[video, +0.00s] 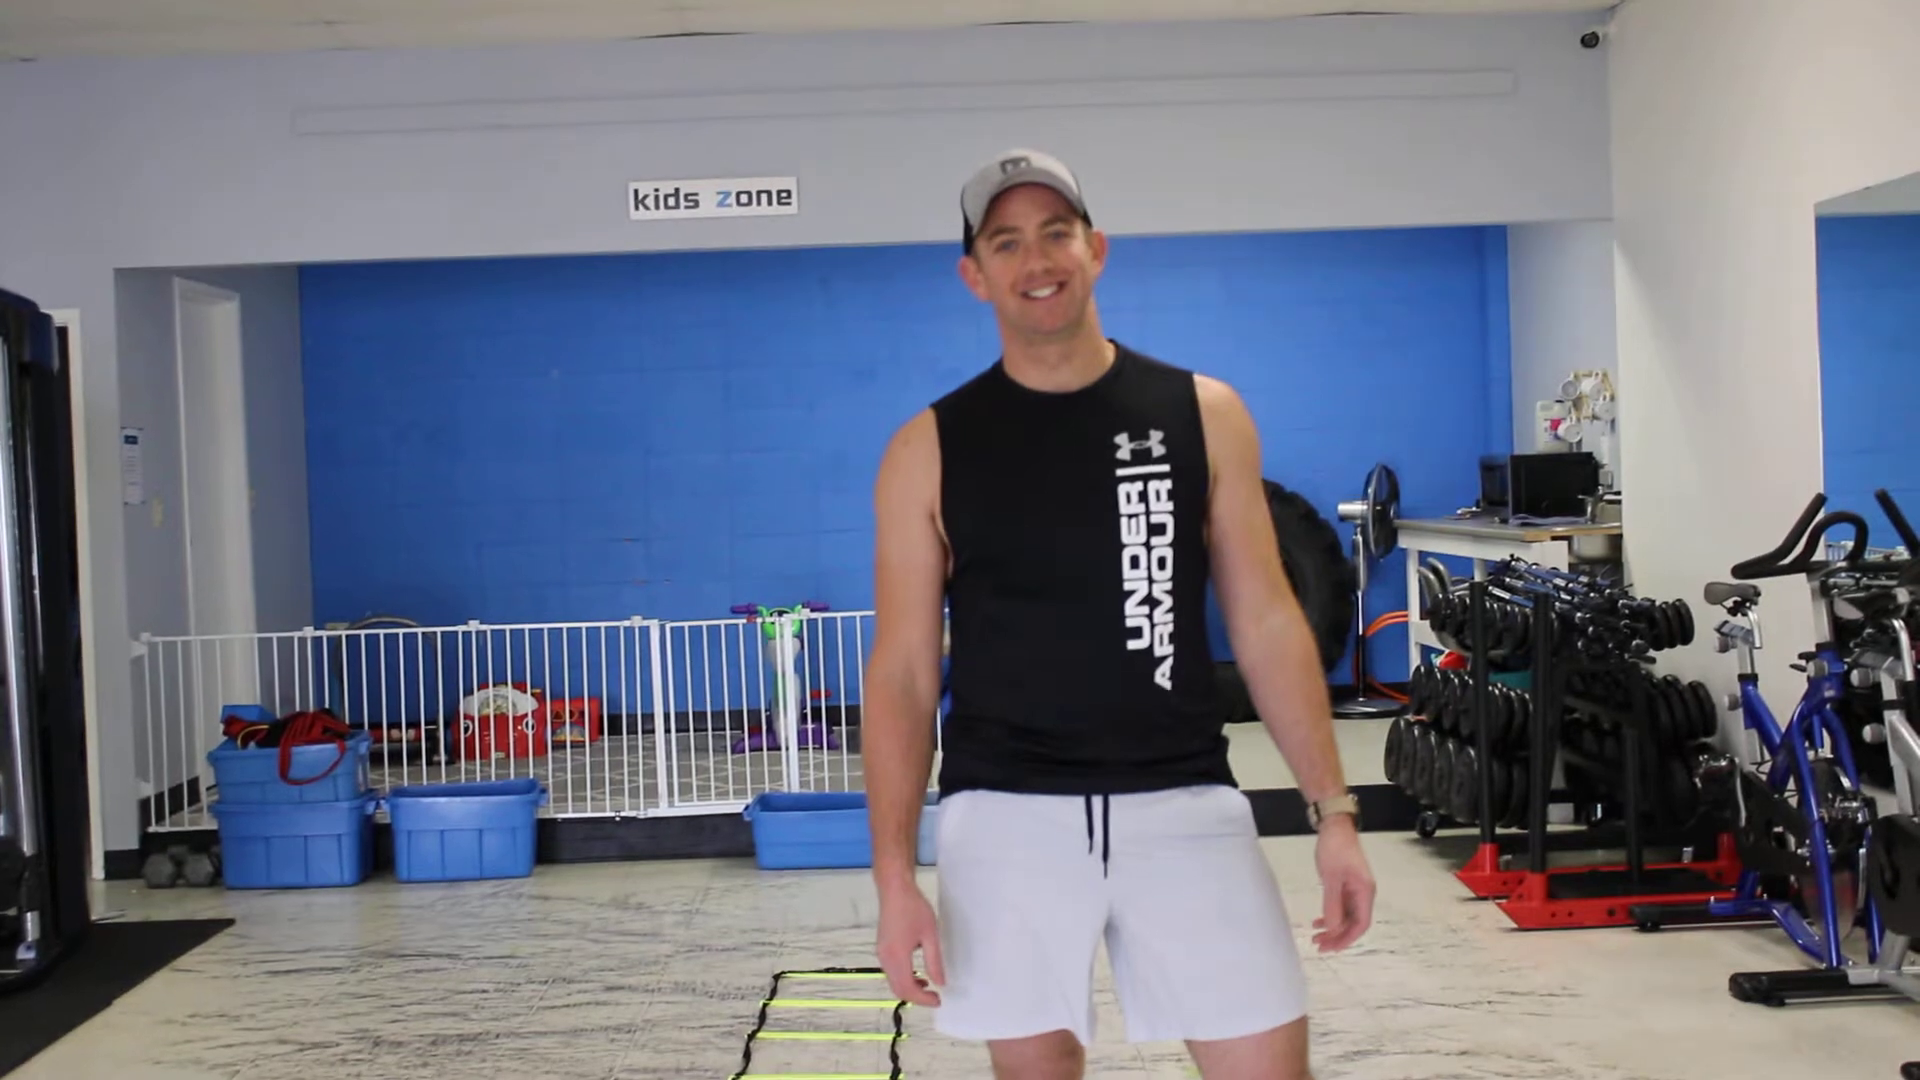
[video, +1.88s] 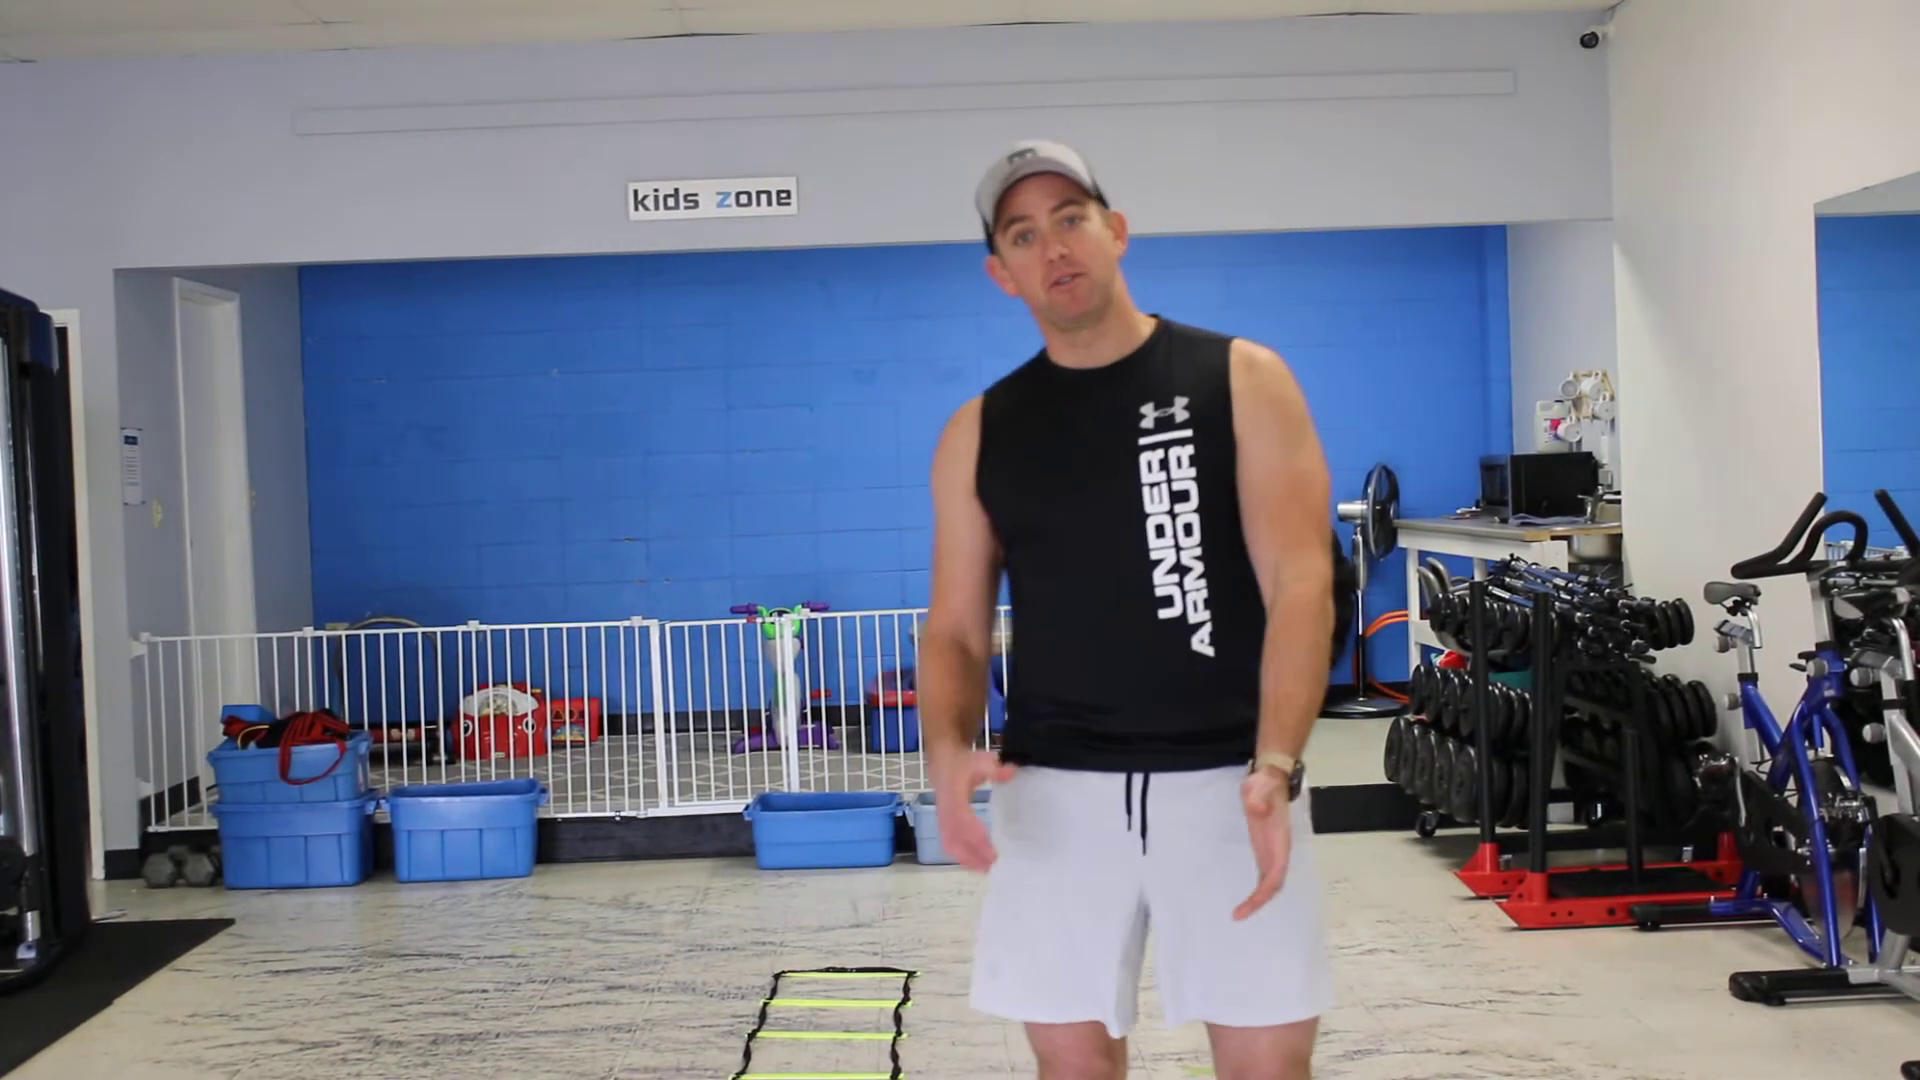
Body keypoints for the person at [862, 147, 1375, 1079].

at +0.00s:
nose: (1038, 256)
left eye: (1058, 231)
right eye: (1008, 241)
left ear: (1097, 250)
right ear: (976, 275)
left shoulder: (1205, 415)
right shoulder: (928, 450)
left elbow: (1265, 622)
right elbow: (902, 678)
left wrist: (1334, 814)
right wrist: (895, 880)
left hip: (1188, 814)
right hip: (1007, 825)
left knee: (1270, 1065)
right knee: (1037, 1066)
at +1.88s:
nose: (1054, 244)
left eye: (1071, 218)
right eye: (1024, 234)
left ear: (1117, 230)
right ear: (1004, 273)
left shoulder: (1242, 382)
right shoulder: (977, 434)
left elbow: (1299, 581)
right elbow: (955, 629)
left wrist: (1277, 761)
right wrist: (948, 746)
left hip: (1233, 795)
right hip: (1053, 806)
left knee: (1266, 1066)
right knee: (1072, 1065)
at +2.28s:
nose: (1053, 295)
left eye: (1058, 267)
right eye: (1047, 272)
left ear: (1120, 253)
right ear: (1119, 257)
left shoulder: (1291, 387)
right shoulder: (1101, 406)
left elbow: (1316, 620)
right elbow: (1096, 591)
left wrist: (1218, 786)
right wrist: (1016, 712)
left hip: (1264, 801)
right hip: (1110, 788)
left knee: (1275, 1063)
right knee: (1109, 1060)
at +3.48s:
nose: (1075, 243)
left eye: (1092, 217)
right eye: (1044, 231)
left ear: (1132, 229)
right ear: (1016, 270)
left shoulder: (1252, 382)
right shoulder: (992, 409)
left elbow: (1322, 586)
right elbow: (946, 570)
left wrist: (1254, 692)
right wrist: (874, 710)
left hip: (1231, 790)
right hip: (1054, 798)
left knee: (1273, 1066)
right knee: (1070, 1065)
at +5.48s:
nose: (1137, 253)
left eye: (1163, 228)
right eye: (1113, 229)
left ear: (1201, 247)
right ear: (1078, 248)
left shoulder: (1287, 393)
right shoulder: (1010, 401)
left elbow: (1355, 556)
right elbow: (938, 569)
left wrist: (1327, 611)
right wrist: (928, 635)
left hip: (1241, 775)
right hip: (1065, 781)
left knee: (1259, 1054)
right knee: (1057, 1058)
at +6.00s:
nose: (1088, 292)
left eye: (1110, 262)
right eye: (1062, 265)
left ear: (1149, 270)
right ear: (1025, 279)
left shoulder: (1243, 409)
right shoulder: (966, 428)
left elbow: (1333, 594)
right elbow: (892, 597)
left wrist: (1294, 566)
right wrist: (919, 630)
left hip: (1225, 781)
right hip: (1049, 794)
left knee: (1310, 1050)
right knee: (1049, 1062)